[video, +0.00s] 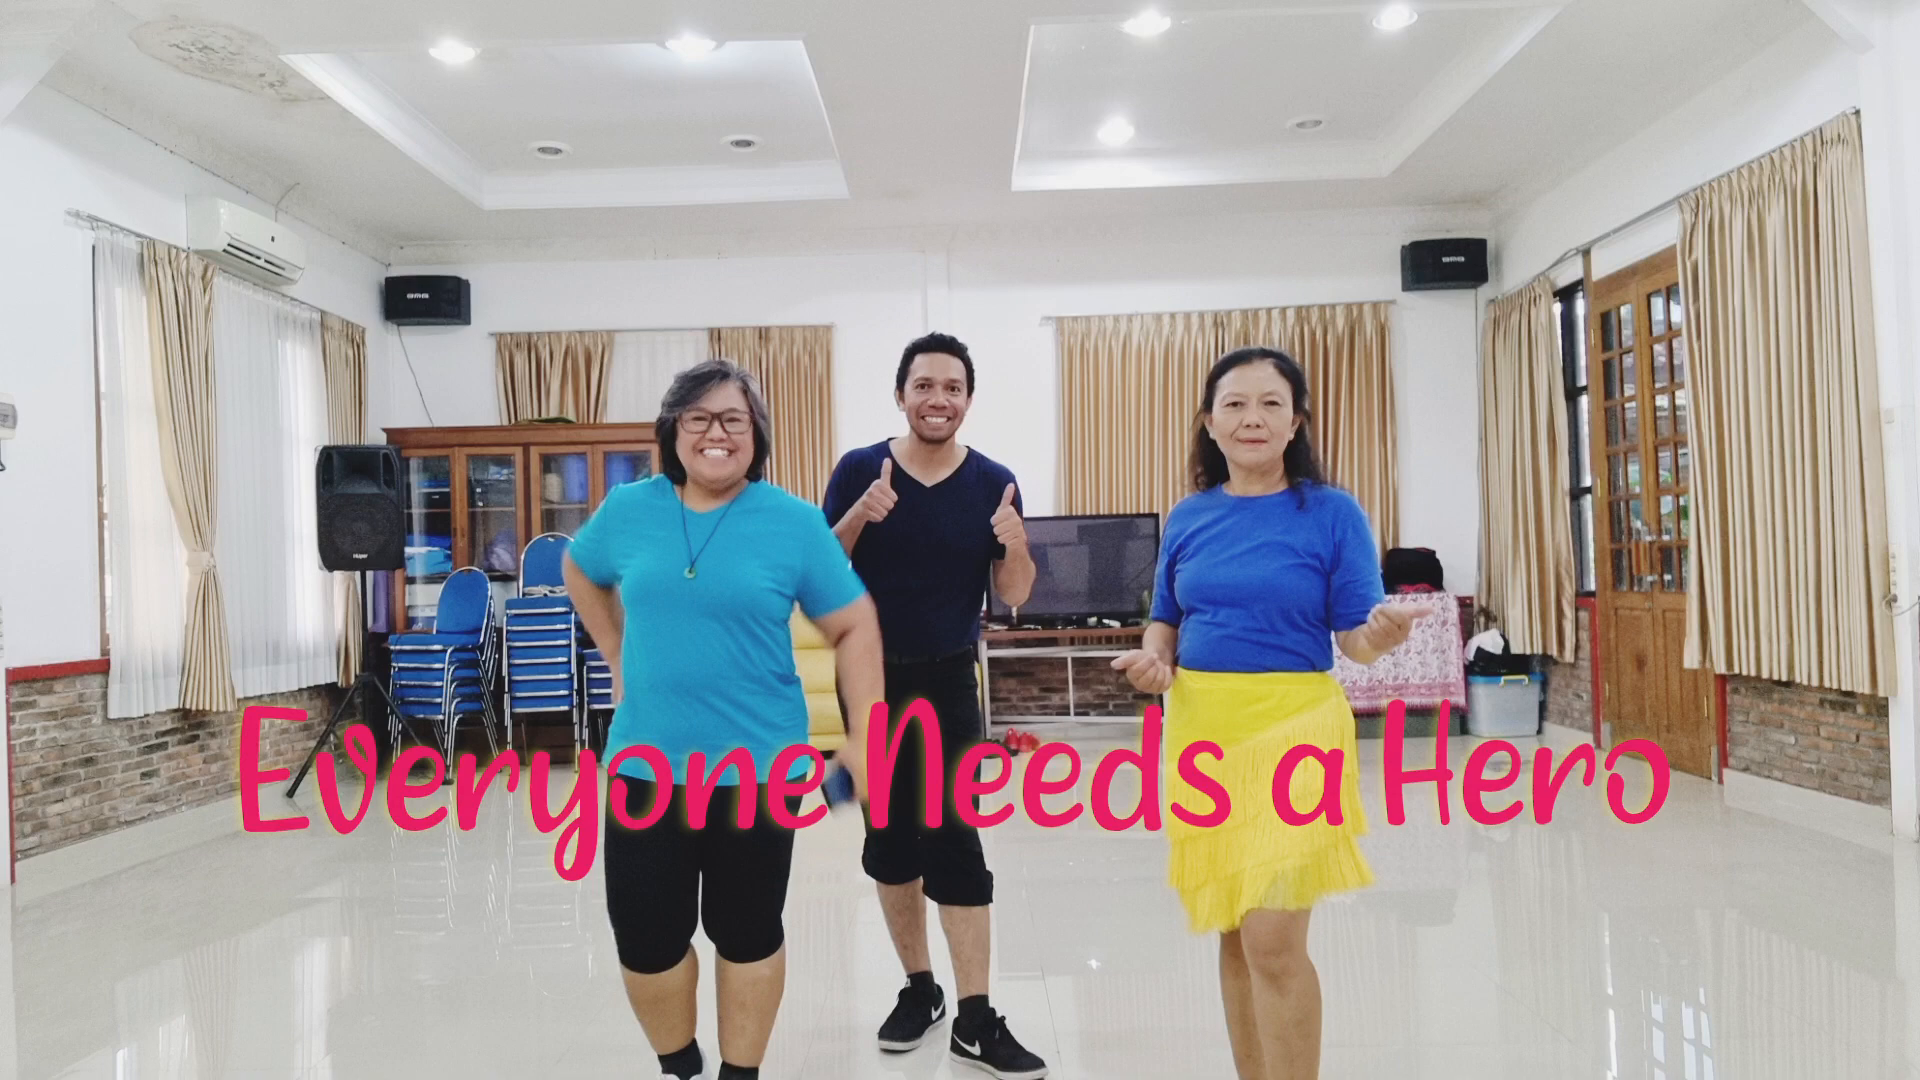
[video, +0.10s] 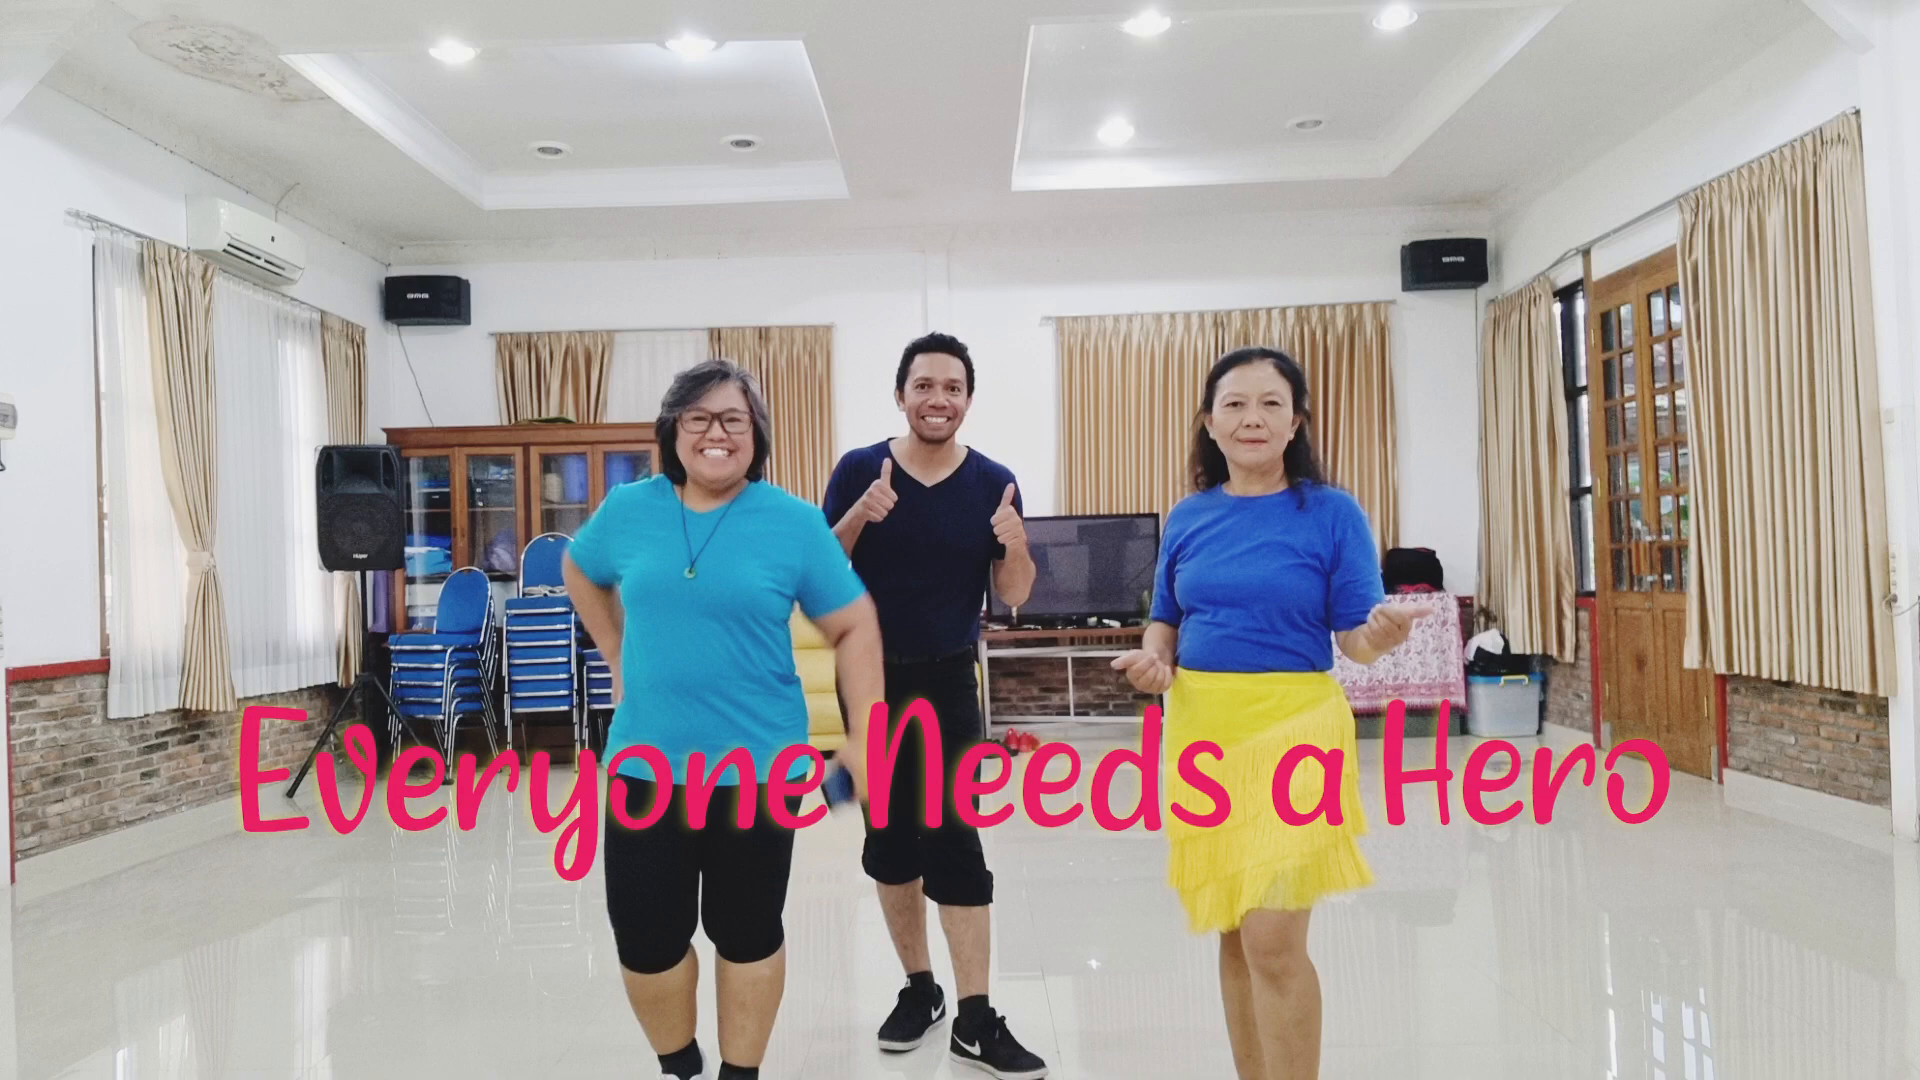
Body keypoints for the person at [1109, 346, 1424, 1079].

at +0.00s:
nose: (1252, 418)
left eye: (1270, 404)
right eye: (1234, 404)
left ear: (1295, 421)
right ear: (1210, 421)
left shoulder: (1333, 512)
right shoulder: (1186, 517)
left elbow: (1356, 643)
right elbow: (1163, 628)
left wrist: (1380, 635)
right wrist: (1151, 660)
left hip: (1297, 723)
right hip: (1204, 724)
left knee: (1272, 941)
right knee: (1237, 941)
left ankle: (1296, 1077)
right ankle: (1254, 1078)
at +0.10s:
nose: (1252, 418)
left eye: (1270, 404)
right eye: (1234, 404)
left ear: (1295, 421)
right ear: (1210, 421)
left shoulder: (1333, 512)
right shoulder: (1186, 517)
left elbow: (1356, 643)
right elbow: (1163, 628)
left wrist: (1380, 635)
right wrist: (1151, 660)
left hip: (1297, 723)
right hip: (1204, 724)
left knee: (1272, 941)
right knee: (1237, 941)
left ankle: (1296, 1077)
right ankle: (1254, 1078)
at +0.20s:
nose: (1252, 418)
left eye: (1270, 404)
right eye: (1234, 404)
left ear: (1295, 421)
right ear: (1210, 421)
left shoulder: (1333, 512)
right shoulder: (1186, 517)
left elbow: (1356, 643)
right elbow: (1163, 628)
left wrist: (1380, 635)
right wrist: (1151, 660)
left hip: (1297, 723)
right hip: (1204, 724)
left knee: (1272, 941)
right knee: (1237, 941)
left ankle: (1296, 1077)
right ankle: (1254, 1078)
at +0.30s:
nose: (1252, 418)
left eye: (1270, 404)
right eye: (1234, 404)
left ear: (1295, 421)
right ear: (1210, 421)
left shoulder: (1333, 512)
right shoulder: (1186, 517)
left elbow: (1356, 643)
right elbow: (1163, 628)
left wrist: (1380, 635)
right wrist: (1151, 660)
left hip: (1297, 723)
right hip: (1204, 724)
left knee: (1272, 941)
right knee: (1237, 941)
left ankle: (1296, 1077)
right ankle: (1254, 1078)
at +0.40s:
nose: (1252, 418)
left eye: (1270, 404)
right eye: (1234, 404)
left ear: (1295, 421)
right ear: (1210, 421)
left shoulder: (1333, 512)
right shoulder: (1186, 517)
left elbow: (1356, 643)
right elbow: (1163, 628)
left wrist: (1380, 635)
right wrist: (1151, 660)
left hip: (1297, 723)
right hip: (1204, 724)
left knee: (1272, 941)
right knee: (1237, 941)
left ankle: (1296, 1077)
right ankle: (1254, 1078)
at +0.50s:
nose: (1252, 418)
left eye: (1270, 404)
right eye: (1234, 404)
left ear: (1295, 421)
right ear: (1210, 421)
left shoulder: (1333, 512)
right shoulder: (1186, 517)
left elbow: (1356, 643)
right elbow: (1163, 628)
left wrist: (1380, 635)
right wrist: (1151, 660)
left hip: (1297, 723)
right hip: (1204, 724)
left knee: (1272, 941)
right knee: (1237, 941)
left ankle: (1296, 1077)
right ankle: (1254, 1078)